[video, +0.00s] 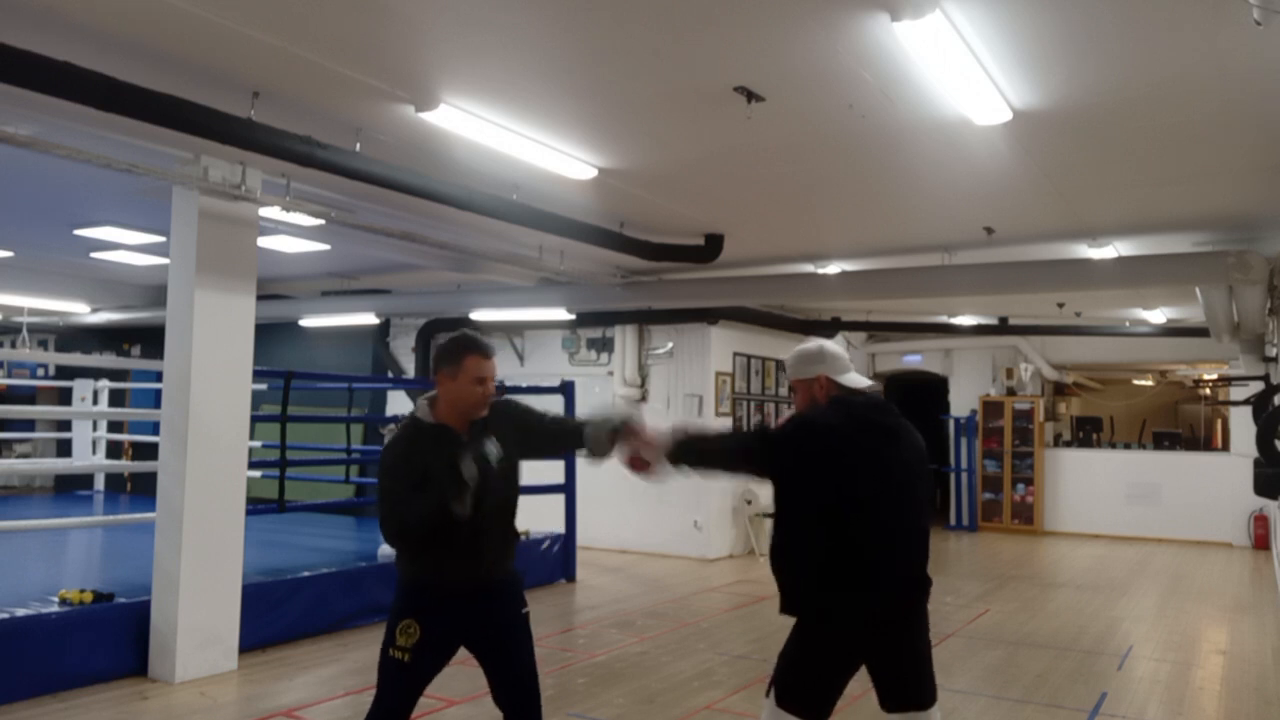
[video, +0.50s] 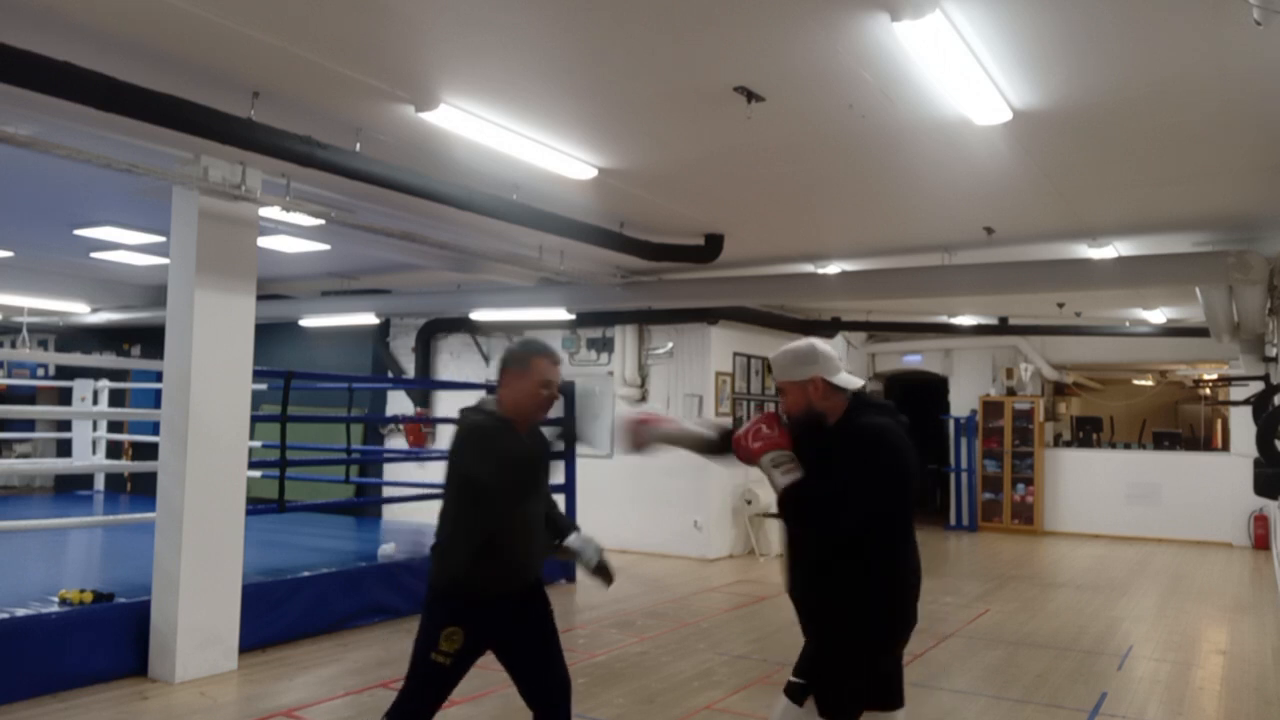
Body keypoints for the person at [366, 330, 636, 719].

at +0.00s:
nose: (490, 391)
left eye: (493, 381)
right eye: (480, 382)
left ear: (495, 381)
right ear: (443, 380)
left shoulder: (503, 421)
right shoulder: (405, 448)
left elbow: (556, 434)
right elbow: (397, 530)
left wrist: (614, 432)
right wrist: (453, 495)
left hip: (495, 593)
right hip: (428, 596)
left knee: (524, 709)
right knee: (390, 708)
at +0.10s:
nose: (473, 391)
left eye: (476, 381)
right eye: (463, 381)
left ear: (479, 379)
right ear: (427, 381)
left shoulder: (489, 426)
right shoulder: (395, 447)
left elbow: (531, 463)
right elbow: (393, 529)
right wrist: (442, 478)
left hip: (494, 593)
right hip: (427, 597)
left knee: (531, 705)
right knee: (390, 709)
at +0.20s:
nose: (474, 389)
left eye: (477, 379)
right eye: (463, 379)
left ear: (480, 377)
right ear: (428, 378)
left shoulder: (489, 429)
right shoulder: (397, 446)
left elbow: (524, 487)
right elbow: (394, 524)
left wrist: (557, 540)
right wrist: (447, 477)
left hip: (495, 589)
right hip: (428, 596)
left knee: (537, 701)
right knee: (393, 709)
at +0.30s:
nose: (492, 389)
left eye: (494, 380)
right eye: (481, 379)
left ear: (497, 382)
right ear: (447, 380)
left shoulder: (502, 434)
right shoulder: (412, 443)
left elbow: (527, 501)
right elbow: (397, 520)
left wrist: (549, 561)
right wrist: (456, 489)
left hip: (499, 595)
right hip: (433, 598)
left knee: (540, 706)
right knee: (395, 709)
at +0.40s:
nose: (523, 391)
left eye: (525, 382)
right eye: (514, 381)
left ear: (525, 385)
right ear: (482, 380)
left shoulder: (520, 438)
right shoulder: (443, 438)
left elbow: (535, 508)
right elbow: (439, 510)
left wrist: (562, 561)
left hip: (507, 594)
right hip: (446, 594)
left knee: (546, 702)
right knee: (407, 708)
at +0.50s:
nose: (554, 397)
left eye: (556, 389)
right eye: (545, 386)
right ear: (510, 380)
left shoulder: (533, 442)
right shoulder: (479, 430)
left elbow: (538, 506)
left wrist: (575, 543)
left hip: (517, 589)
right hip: (462, 591)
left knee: (553, 698)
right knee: (417, 702)